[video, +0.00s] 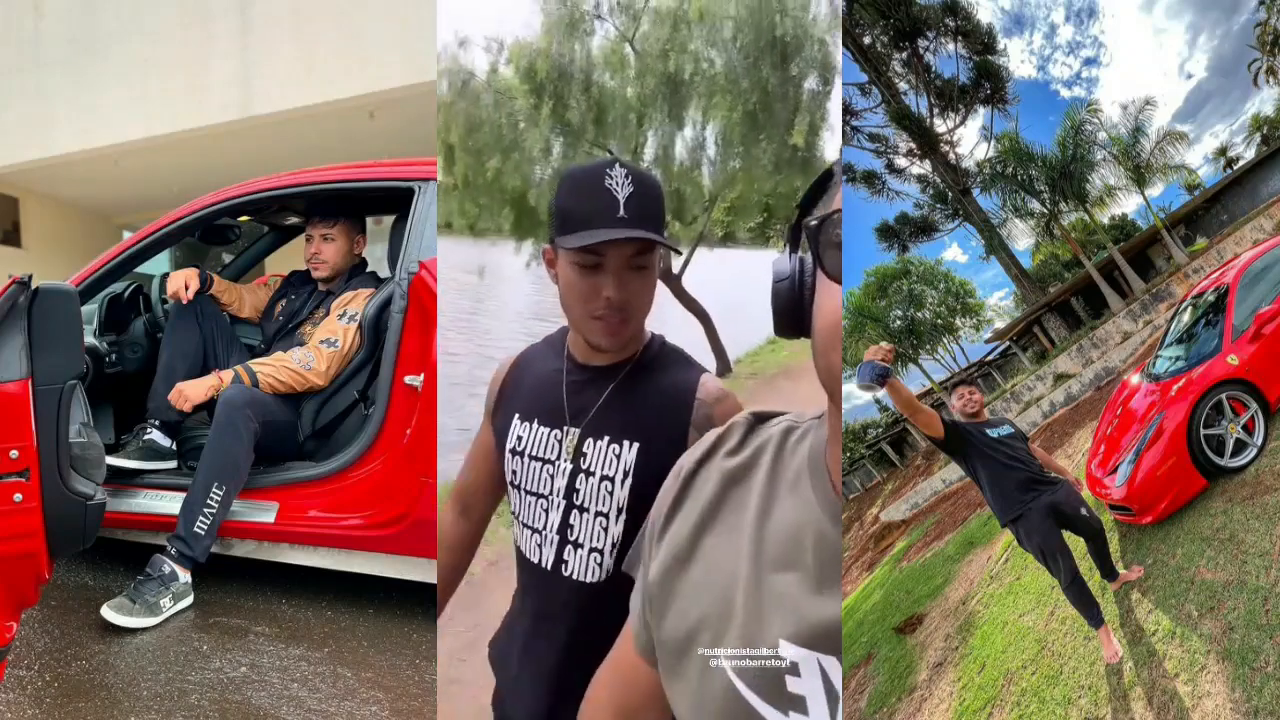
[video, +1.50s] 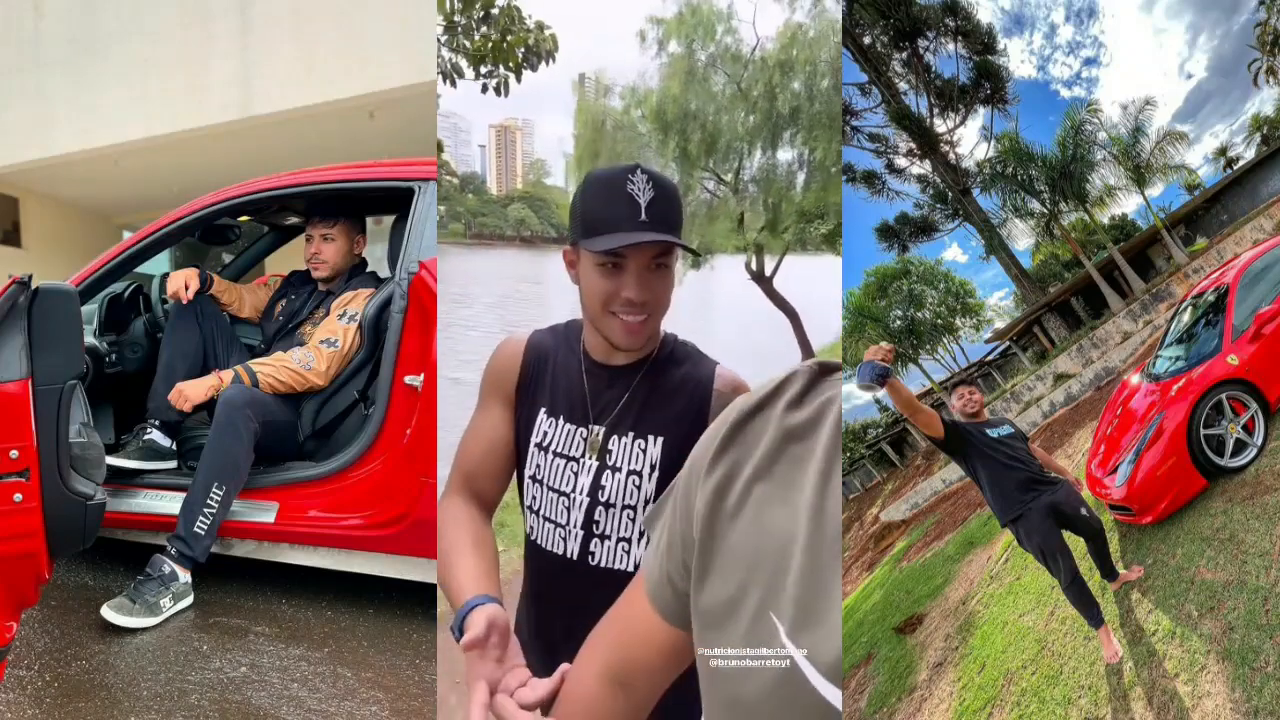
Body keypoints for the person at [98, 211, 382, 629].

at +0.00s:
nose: (314, 250)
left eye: (328, 239)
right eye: (310, 239)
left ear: (358, 245)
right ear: (304, 244)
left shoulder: (362, 297)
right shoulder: (292, 286)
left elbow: (315, 366)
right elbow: (242, 299)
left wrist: (219, 380)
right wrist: (202, 278)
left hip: (316, 410)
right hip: (266, 389)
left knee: (239, 402)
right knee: (196, 303)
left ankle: (177, 568)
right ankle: (161, 433)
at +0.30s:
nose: (315, 249)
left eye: (328, 239)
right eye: (310, 239)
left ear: (358, 245)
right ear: (304, 244)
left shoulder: (361, 297)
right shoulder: (292, 286)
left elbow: (315, 366)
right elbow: (243, 299)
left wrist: (220, 380)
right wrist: (203, 279)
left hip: (315, 410)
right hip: (265, 388)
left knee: (239, 402)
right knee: (196, 303)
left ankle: (177, 568)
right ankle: (161, 433)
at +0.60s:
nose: (314, 250)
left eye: (328, 239)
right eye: (310, 239)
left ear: (358, 245)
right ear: (304, 244)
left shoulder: (362, 297)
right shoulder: (292, 286)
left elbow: (315, 366)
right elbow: (242, 299)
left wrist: (219, 380)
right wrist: (202, 278)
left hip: (316, 410)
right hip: (266, 389)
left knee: (239, 402)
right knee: (196, 303)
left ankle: (177, 568)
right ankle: (161, 433)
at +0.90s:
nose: (314, 250)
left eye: (328, 239)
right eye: (310, 239)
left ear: (358, 245)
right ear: (304, 244)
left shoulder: (362, 297)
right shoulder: (292, 286)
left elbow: (315, 366)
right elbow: (242, 299)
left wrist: (219, 380)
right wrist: (202, 278)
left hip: (316, 410)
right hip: (266, 389)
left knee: (239, 402)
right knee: (196, 303)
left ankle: (177, 568)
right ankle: (161, 433)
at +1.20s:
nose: (314, 249)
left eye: (327, 239)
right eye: (310, 239)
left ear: (358, 245)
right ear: (304, 244)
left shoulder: (362, 297)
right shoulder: (292, 286)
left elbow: (315, 366)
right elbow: (243, 299)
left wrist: (220, 380)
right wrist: (202, 279)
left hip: (317, 411)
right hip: (266, 390)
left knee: (239, 402)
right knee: (196, 303)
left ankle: (177, 568)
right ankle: (161, 432)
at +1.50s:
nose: (314, 250)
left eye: (328, 239)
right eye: (310, 239)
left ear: (358, 245)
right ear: (304, 244)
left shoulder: (362, 297)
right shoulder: (292, 286)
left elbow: (315, 366)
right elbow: (242, 299)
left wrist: (219, 380)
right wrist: (202, 278)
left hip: (316, 410)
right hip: (266, 389)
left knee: (239, 402)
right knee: (195, 303)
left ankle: (177, 568)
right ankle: (161, 433)